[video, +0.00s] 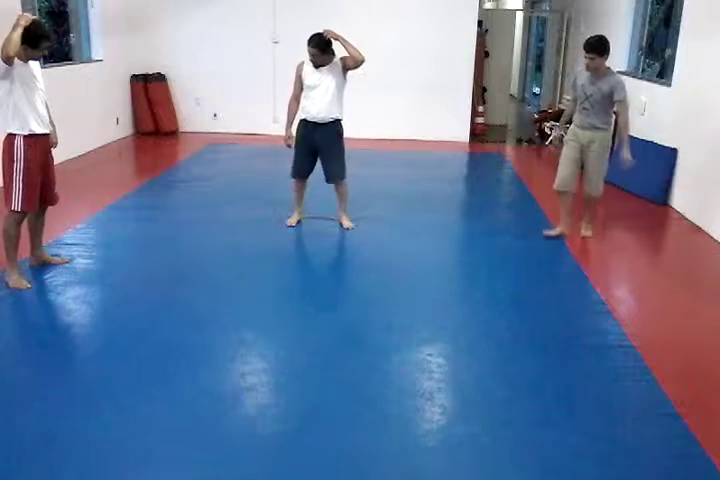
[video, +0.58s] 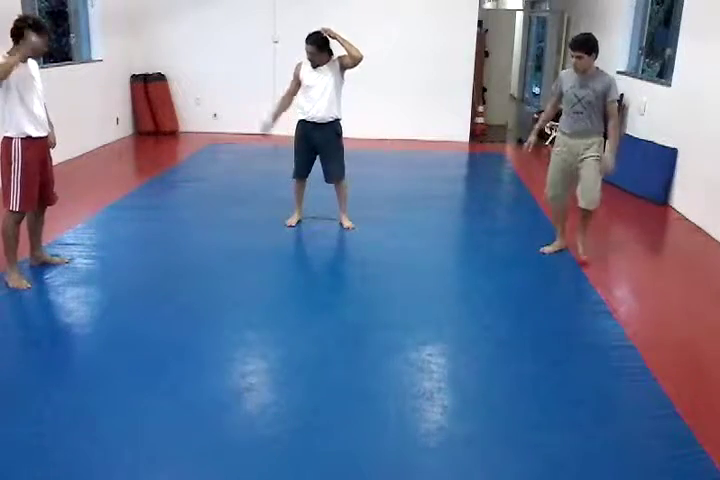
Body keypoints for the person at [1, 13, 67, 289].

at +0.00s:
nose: (37, 58)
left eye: (40, 55)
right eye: (35, 53)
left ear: (39, 48)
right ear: (23, 45)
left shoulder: (33, 63)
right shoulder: (7, 64)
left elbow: (41, 99)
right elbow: (8, 54)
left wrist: (51, 129)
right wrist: (18, 26)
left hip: (40, 136)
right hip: (19, 138)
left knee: (41, 202)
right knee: (18, 207)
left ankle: (38, 252)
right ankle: (11, 268)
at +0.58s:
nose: (46, 45)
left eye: (46, 40)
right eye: (42, 39)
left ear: (33, 39)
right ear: (27, 36)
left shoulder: (33, 64)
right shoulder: (7, 62)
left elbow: (38, 100)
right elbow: (1, 78)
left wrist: (49, 129)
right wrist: (17, 54)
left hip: (38, 138)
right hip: (15, 140)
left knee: (40, 202)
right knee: (16, 208)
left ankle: (37, 252)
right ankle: (11, 268)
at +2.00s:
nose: (46, 44)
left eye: (45, 38)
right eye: (42, 39)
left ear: (27, 41)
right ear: (25, 40)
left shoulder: (29, 65)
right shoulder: (5, 68)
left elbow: (33, 102)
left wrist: (42, 130)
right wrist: (17, 133)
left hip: (34, 142)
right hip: (12, 145)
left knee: (55, 197)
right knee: (14, 211)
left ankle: (42, 245)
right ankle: (11, 269)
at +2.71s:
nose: (57, 46)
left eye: (57, 41)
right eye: (56, 41)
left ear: (34, 37)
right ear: (49, 40)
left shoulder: (18, 61)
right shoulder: (42, 63)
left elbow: (4, 94)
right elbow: (52, 98)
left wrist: (22, 118)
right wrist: (62, 125)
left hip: (24, 136)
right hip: (45, 137)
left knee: (39, 193)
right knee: (77, 185)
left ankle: (40, 250)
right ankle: (65, 243)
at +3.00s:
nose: (69, 46)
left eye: (68, 41)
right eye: (68, 41)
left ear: (43, 38)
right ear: (64, 40)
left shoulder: (25, 63)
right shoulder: (63, 67)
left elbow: (4, 93)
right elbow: (83, 100)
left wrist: (23, 119)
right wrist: (79, 123)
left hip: (34, 134)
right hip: (60, 135)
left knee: (46, 190)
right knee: (71, 186)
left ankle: (44, 247)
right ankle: (70, 235)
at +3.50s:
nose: (83, 45)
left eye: (84, 41)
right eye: (83, 41)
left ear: (62, 36)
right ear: (76, 38)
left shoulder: (43, 56)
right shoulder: (71, 59)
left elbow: (19, 84)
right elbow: (86, 91)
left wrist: (33, 113)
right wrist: (82, 117)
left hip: (44, 124)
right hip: (63, 125)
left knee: (63, 177)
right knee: (72, 180)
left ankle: (68, 222)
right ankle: (69, 234)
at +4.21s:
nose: (82, 38)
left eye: (83, 33)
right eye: (79, 33)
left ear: (73, 33)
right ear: (66, 32)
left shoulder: (70, 59)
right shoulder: (46, 57)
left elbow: (80, 93)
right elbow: (36, 91)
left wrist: (104, 111)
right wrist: (53, 119)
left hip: (72, 121)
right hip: (55, 122)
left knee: (70, 175)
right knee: (56, 179)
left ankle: (70, 219)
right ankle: (55, 230)